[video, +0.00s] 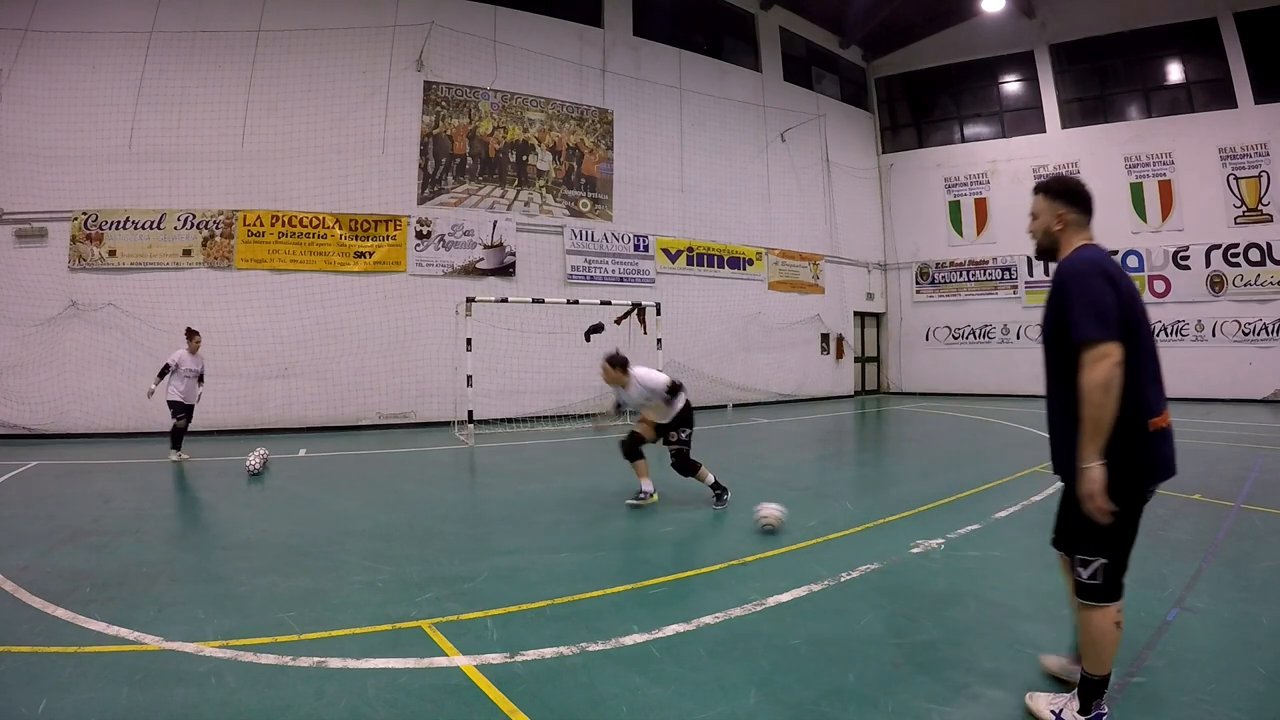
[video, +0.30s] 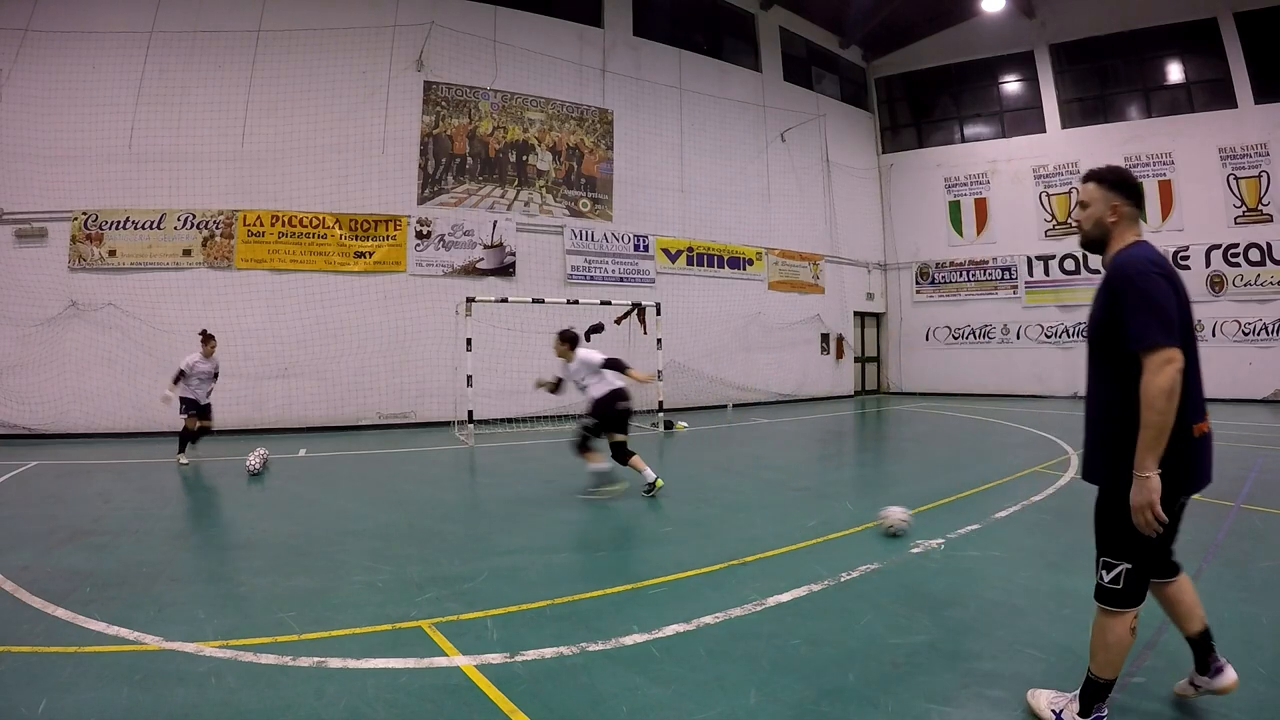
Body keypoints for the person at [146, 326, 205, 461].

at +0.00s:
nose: (199, 345)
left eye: (200, 342)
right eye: (196, 342)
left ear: (199, 343)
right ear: (189, 342)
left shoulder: (199, 359)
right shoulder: (179, 355)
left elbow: (201, 376)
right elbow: (165, 369)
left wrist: (200, 388)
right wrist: (153, 385)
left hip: (190, 397)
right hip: (175, 395)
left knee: (185, 424)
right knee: (181, 421)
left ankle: (178, 450)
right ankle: (173, 450)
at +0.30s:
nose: (214, 350)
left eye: (215, 347)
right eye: (212, 347)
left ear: (214, 347)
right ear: (203, 346)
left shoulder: (214, 362)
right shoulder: (191, 360)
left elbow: (215, 378)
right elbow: (179, 376)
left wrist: (210, 389)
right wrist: (169, 392)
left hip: (203, 397)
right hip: (188, 395)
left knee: (206, 426)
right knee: (190, 424)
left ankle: (192, 440)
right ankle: (181, 453)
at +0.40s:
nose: (220, 348)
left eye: (221, 345)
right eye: (218, 345)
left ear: (221, 346)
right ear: (210, 346)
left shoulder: (218, 360)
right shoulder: (201, 361)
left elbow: (213, 378)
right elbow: (192, 380)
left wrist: (212, 393)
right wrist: (195, 394)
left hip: (212, 400)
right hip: (197, 403)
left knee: (225, 420)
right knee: (191, 428)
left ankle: (220, 449)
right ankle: (181, 454)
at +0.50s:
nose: (227, 345)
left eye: (228, 342)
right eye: (225, 342)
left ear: (227, 342)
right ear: (217, 342)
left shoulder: (225, 356)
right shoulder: (212, 357)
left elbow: (221, 379)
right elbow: (202, 378)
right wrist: (203, 398)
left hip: (227, 398)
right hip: (212, 400)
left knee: (241, 419)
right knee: (198, 425)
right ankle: (180, 446)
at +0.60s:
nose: (235, 349)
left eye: (235, 347)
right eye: (232, 347)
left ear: (235, 347)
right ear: (224, 347)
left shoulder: (234, 361)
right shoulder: (219, 361)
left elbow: (233, 381)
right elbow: (212, 381)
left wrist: (238, 396)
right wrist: (213, 400)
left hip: (238, 398)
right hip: (225, 401)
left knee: (253, 423)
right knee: (227, 428)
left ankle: (258, 454)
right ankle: (204, 435)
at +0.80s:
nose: (249, 355)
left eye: (249, 352)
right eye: (247, 352)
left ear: (239, 352)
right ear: (238, 352)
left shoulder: (244, 364)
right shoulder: (231, 365)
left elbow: (244, 384)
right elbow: (228, 388)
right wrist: (238, 404)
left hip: (249, 398)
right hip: (237, 404)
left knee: (263, 420)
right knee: (260, 415)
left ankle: (259, 454)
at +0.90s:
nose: (252, 352)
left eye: (252, 349)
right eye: (250, 349)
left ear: (245, 349)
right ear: (240, 349)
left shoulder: (247, 362)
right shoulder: (232, 363)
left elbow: (246, 378)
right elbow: (226, 385)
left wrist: (253, 381)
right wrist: (231, 404)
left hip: (250, 396)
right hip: (241, 400)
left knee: (261, 423)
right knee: (265, 417)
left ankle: (258, 454)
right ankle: (273, 443)